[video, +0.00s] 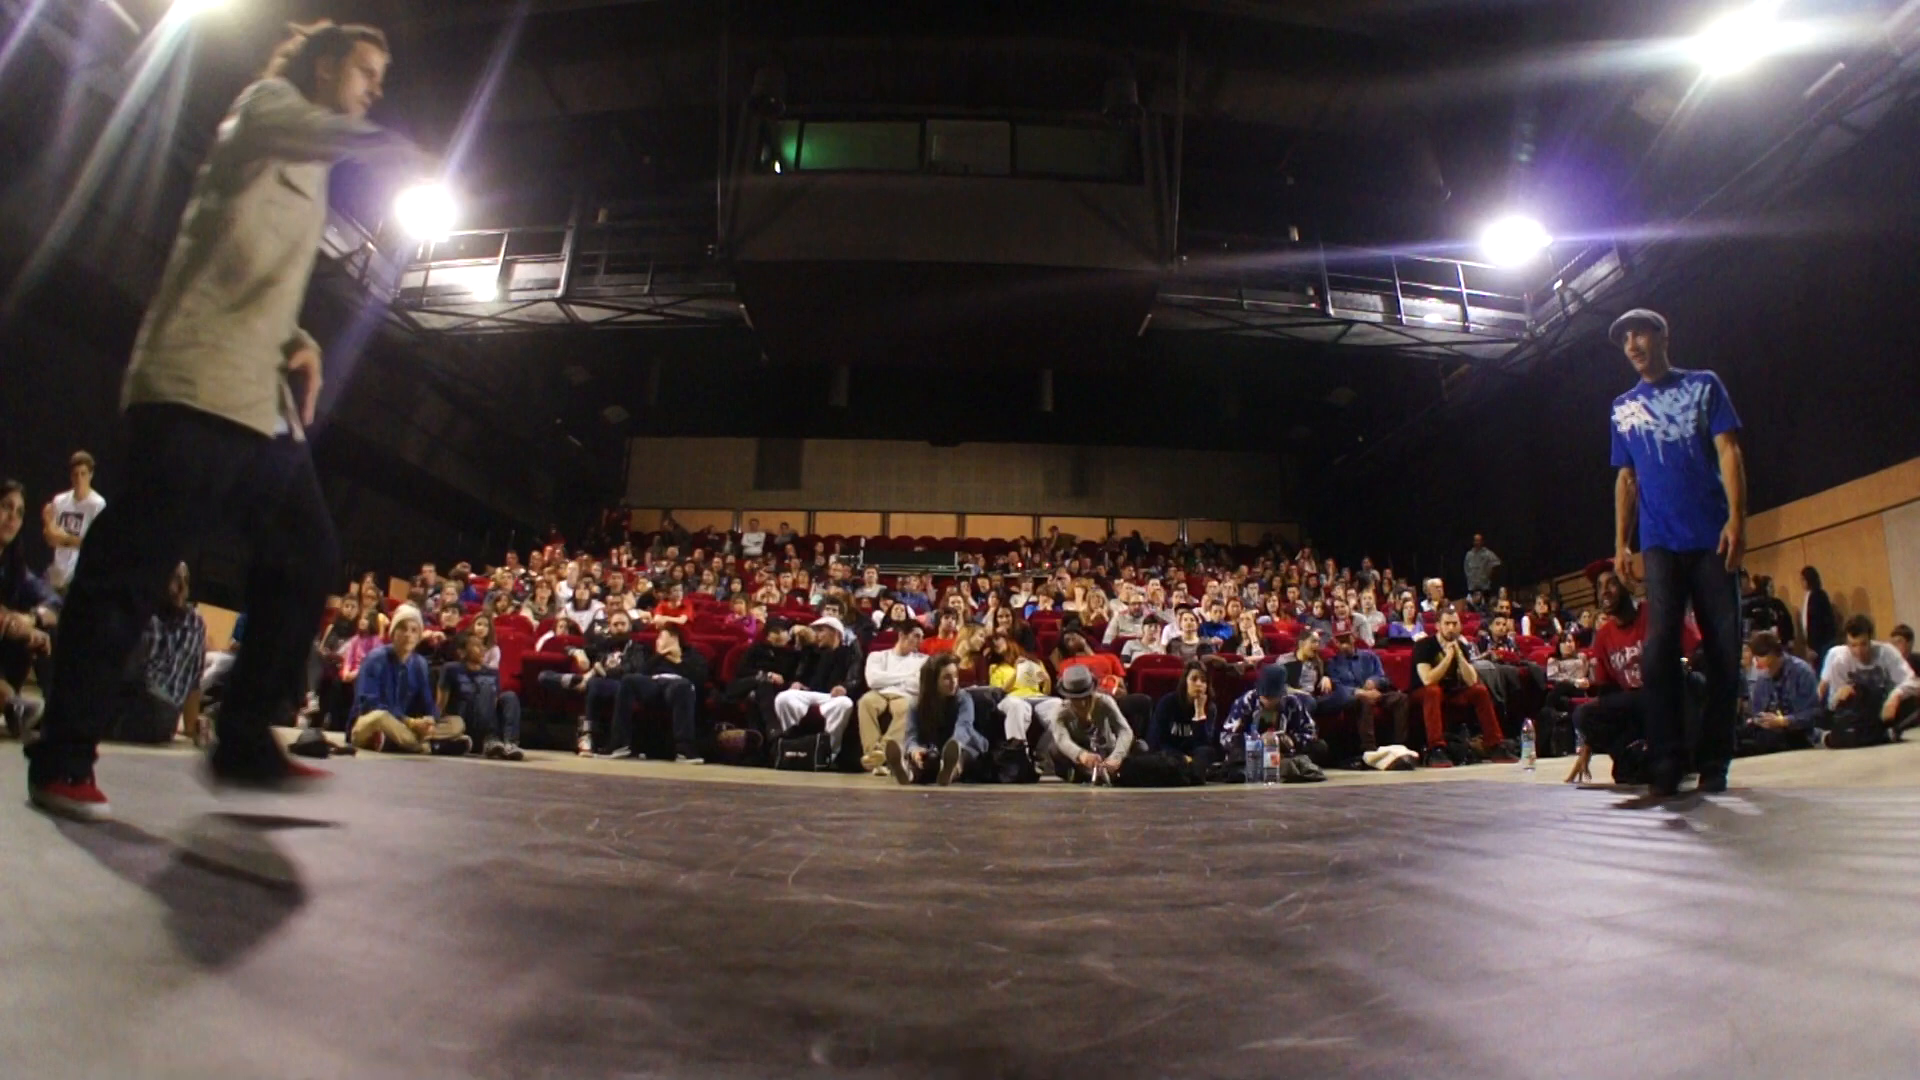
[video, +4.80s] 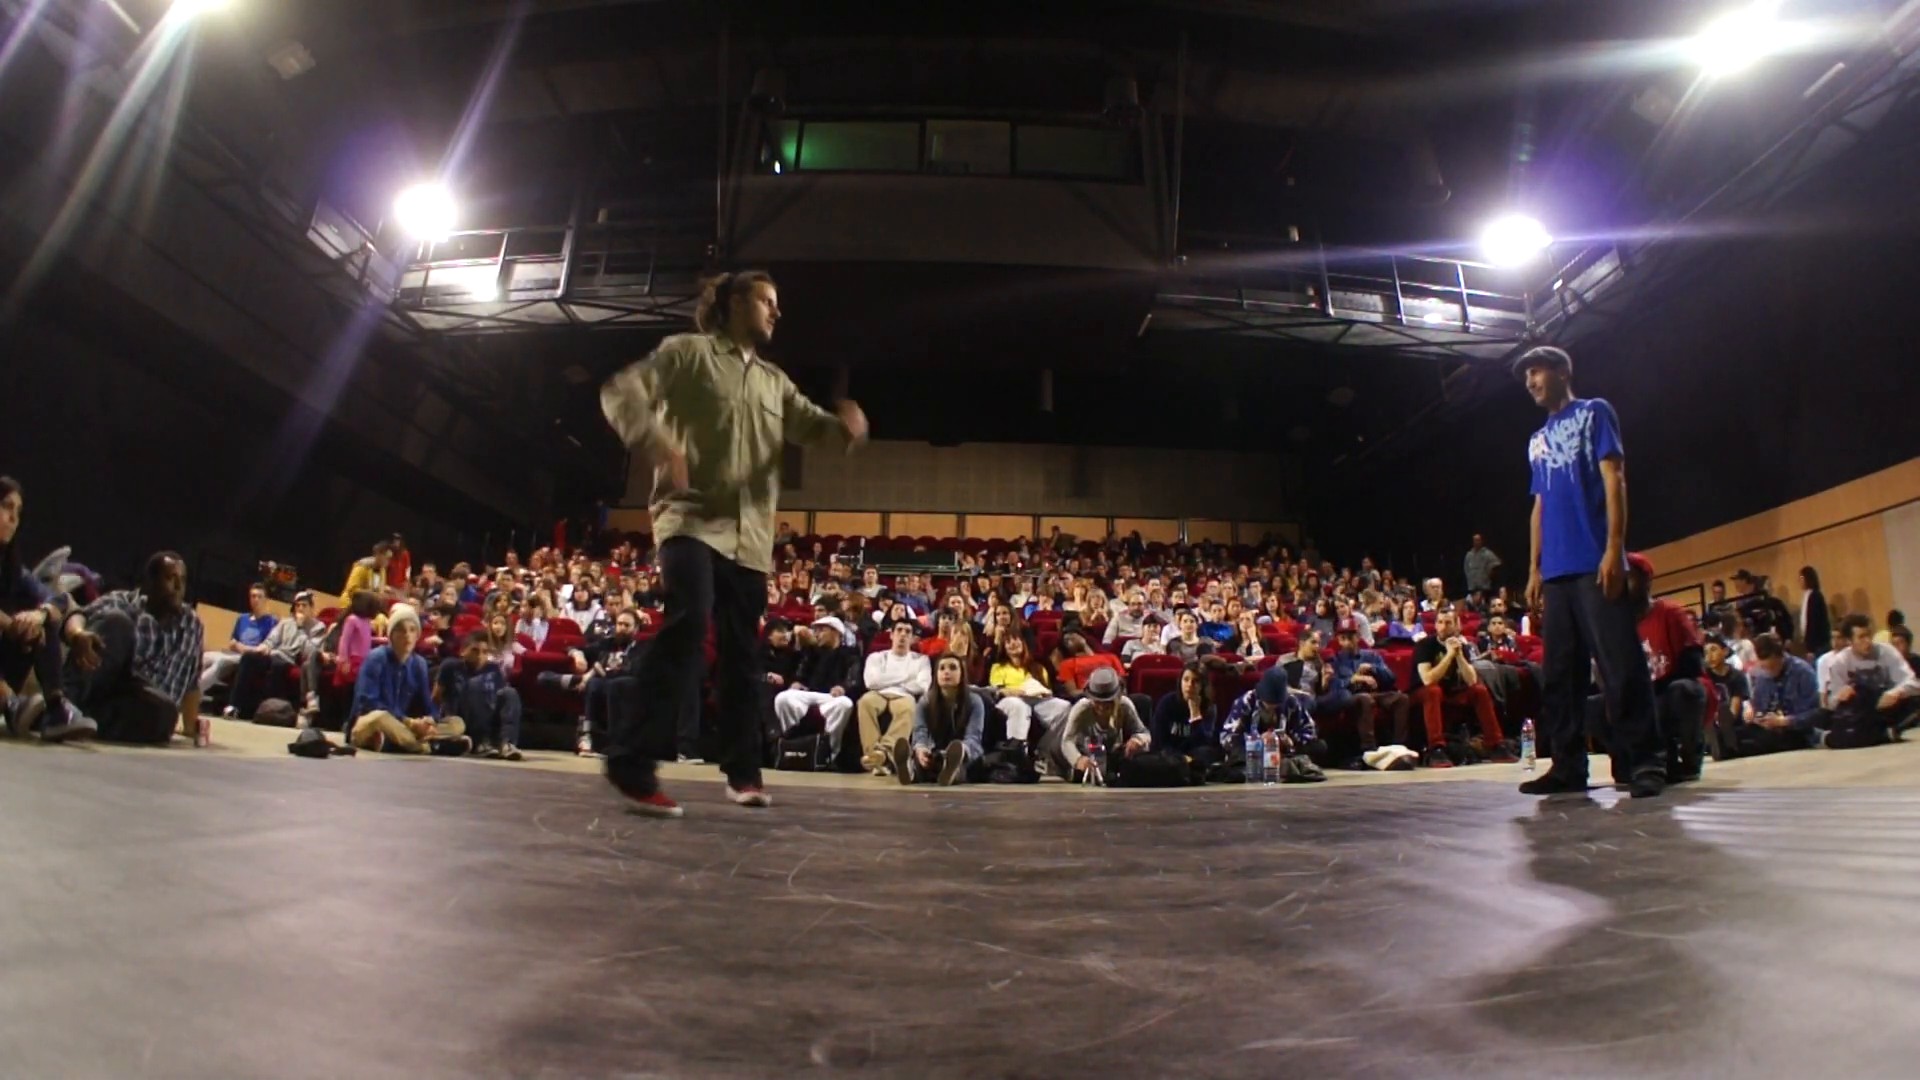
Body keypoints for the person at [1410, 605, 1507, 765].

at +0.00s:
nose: (1451, 628)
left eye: (1455, 624)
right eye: (1447, 624)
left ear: (1460, 626)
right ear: (1438, 626)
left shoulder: (1462, 646)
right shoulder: (1423, 646)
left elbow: (1472, 680)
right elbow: (1427, 679)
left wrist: (1458, 654)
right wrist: (1448, 657)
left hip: (1454, 690)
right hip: (1427, 692)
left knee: (1480, 691)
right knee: (1433, 691)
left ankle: (1495, 745)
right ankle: (1436, 748)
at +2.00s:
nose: (1450, 628)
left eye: (1455, 624)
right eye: (1446, 623)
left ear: (1460, 627)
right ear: (1438, 626)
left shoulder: (1462, 646)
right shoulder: (1423, 646)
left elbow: (1472, 681)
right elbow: (1427, 679)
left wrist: (1458, 655)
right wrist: (1449, 656)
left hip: (1454, 691)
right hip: (1429, 693)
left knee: (1480, 691)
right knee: (1433, 690)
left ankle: (1496, 745)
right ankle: (1436, 748)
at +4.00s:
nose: (1442, 625)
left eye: (1447, 621)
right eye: (1439, 620)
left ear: (1456, 624)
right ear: (1435, 623)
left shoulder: (1462, 646)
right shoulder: (1424, 646)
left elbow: (1471, 681)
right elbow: (1427, 678)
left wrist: (1459, 654)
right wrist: (1451, 654)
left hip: (1453, 691)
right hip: (1427, 693)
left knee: (1480, 691)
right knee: (1433, 691)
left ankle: (1496, 745)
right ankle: (1436, 748)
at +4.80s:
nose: (1443, 627)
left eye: (1448, 623)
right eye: (1440, 623)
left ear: (1457, 626)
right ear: (1435, 625)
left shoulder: (1463, 646)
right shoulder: (1424, 646)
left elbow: (1471, 681)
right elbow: (1427, 678)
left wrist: (1459, 655)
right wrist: (1450, 655)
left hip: (1454, 691)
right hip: (1429, 692)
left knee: (1480, 691)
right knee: (1434, 691)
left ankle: (1496, 745)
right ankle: (1436, 748)